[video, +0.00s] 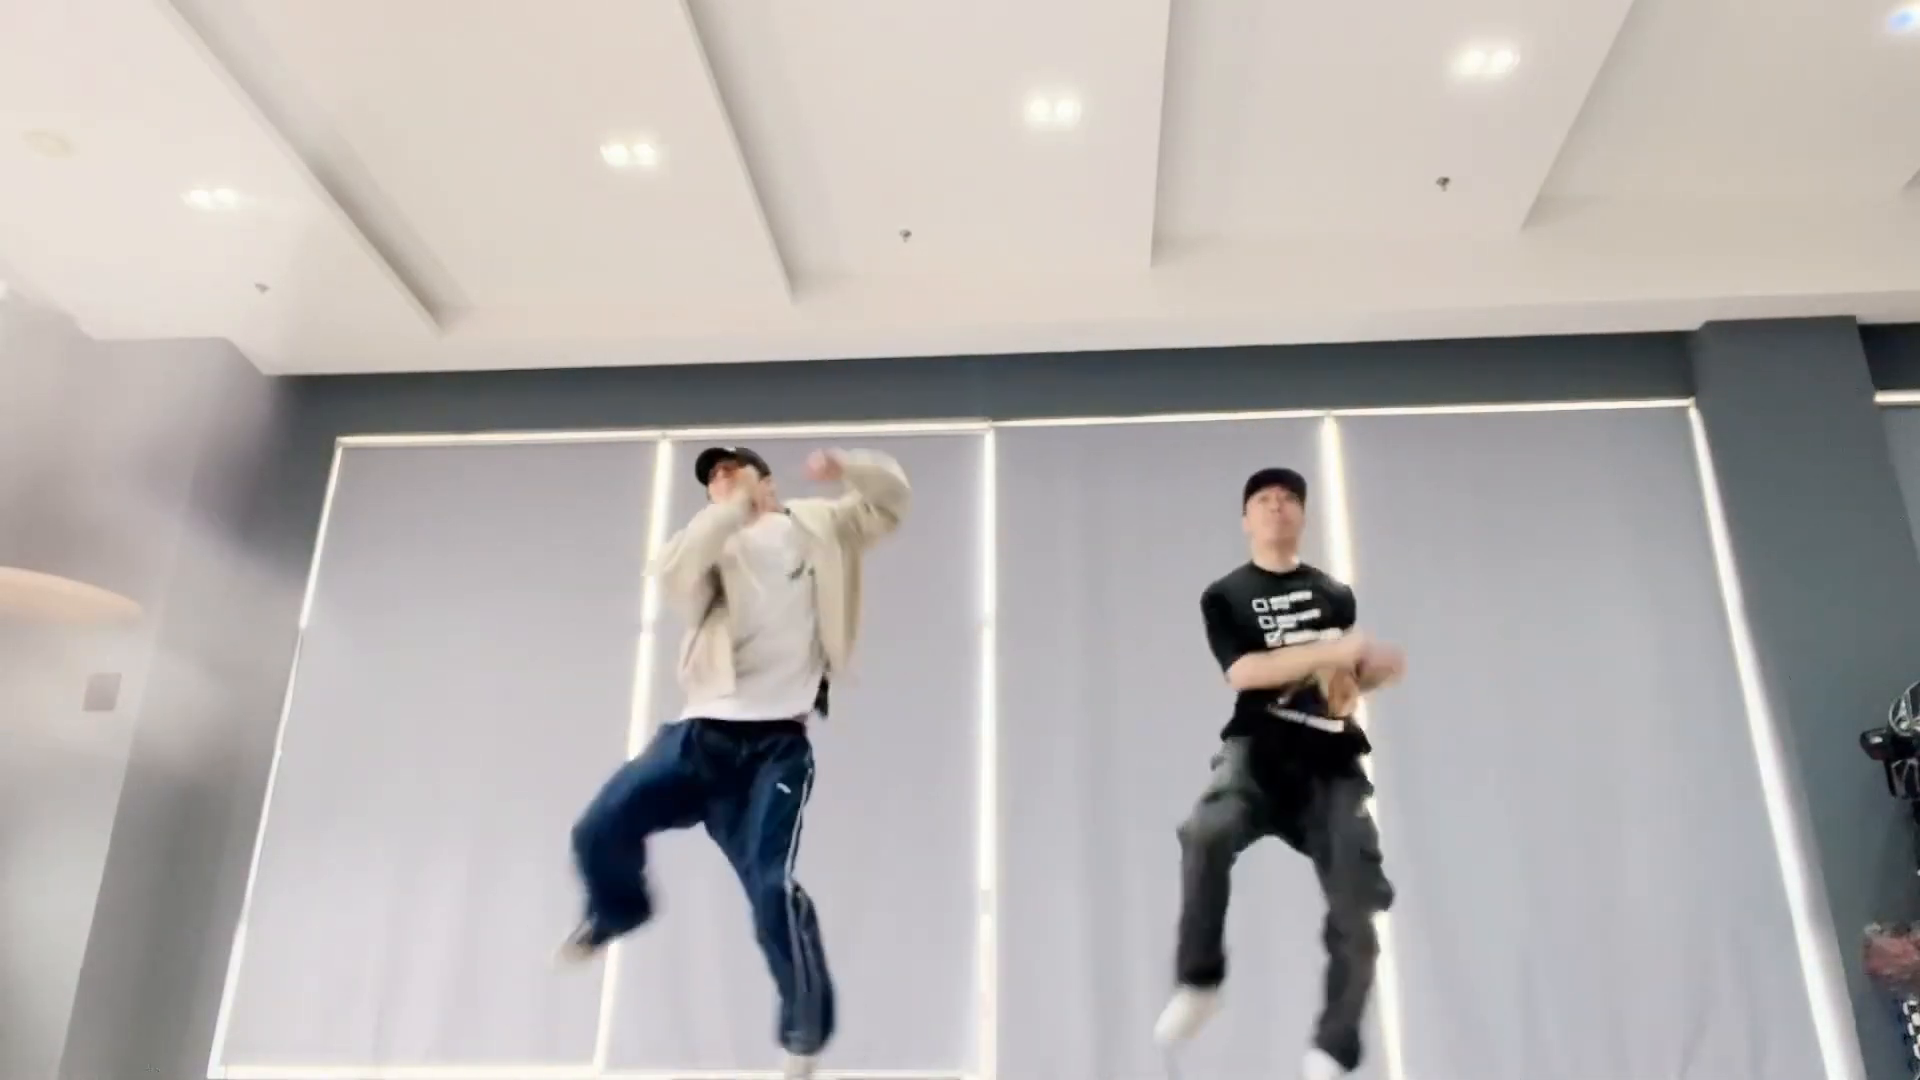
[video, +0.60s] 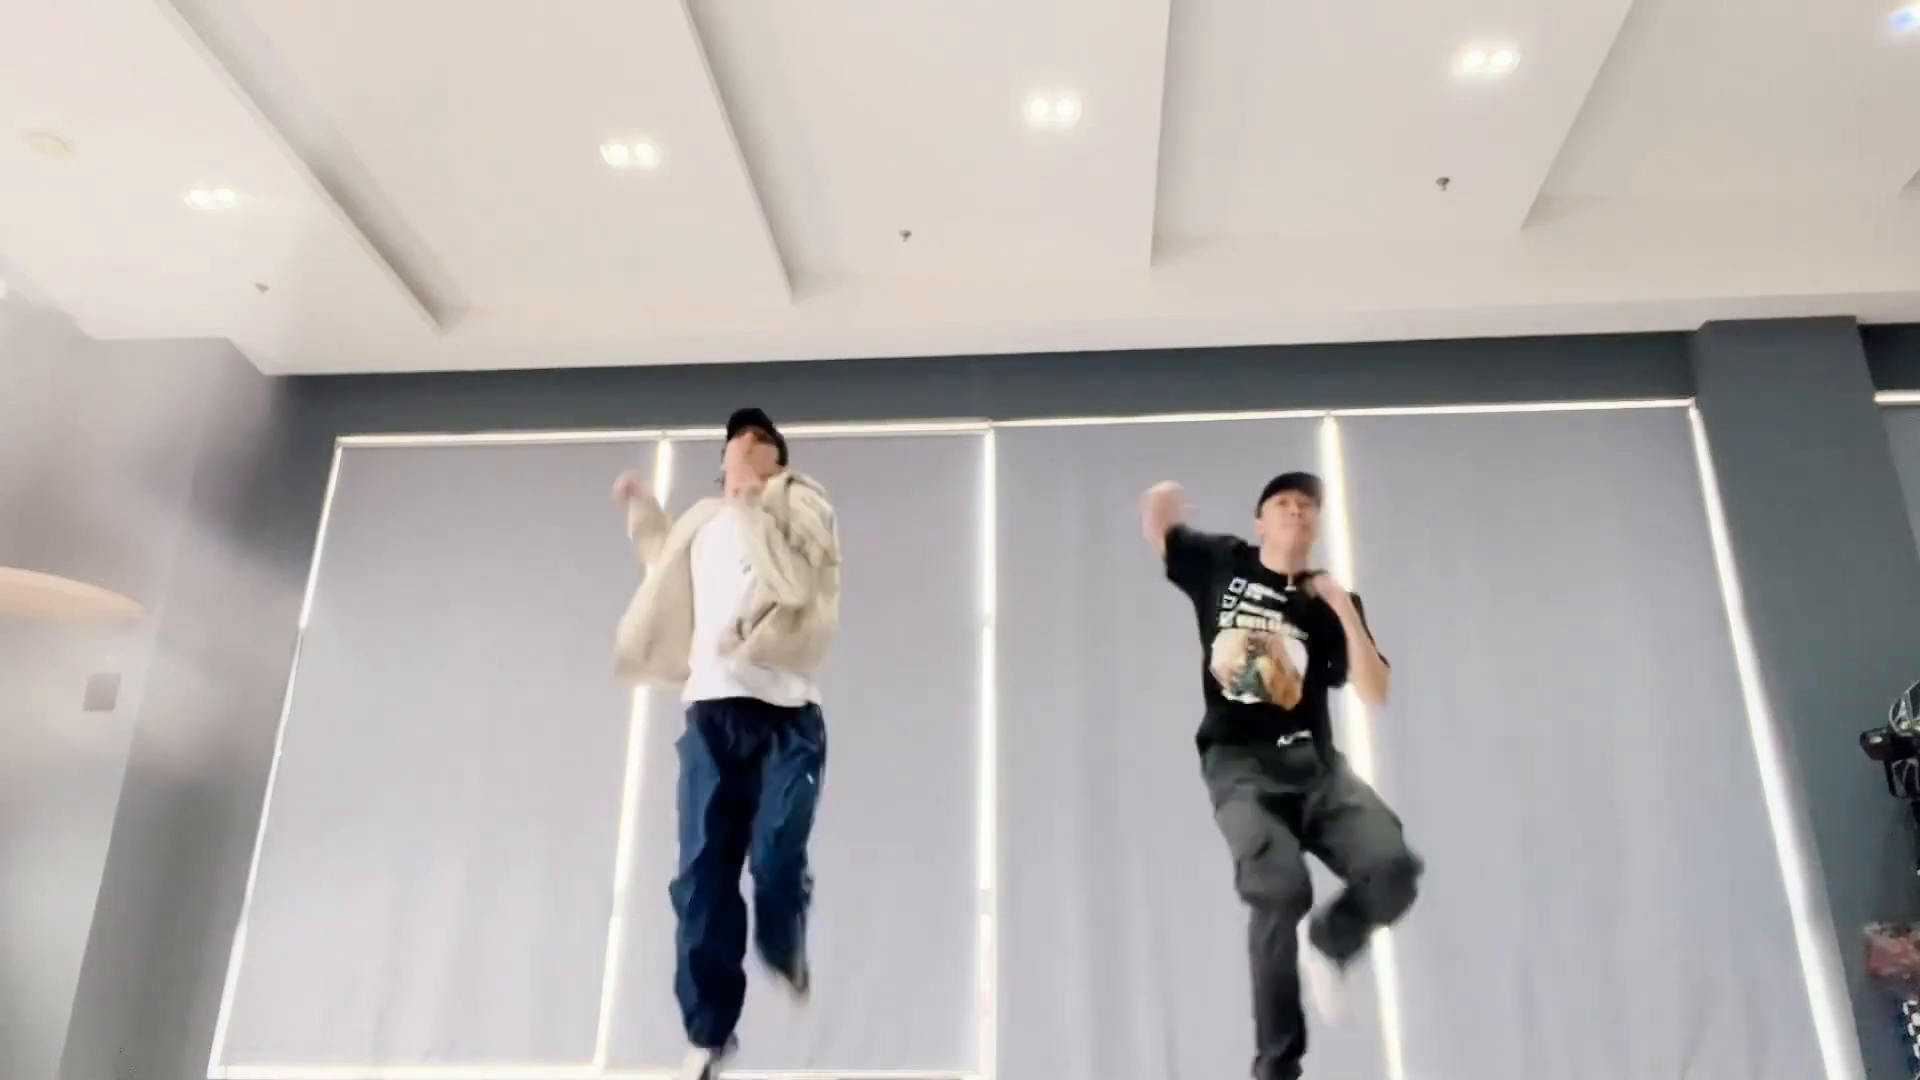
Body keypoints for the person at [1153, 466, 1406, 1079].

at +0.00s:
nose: (1277, 509)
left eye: (1288, 500)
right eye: (1264, 501)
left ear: (1303, 518)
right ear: (1246, 520)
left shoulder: (1335, 597)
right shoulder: (1225, 595)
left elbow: (1339, 690)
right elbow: (1242, 672)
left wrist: (1360, 676)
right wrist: (1337, 652)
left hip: (1331, 764)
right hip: (1257, 754)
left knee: (1357, 897)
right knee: (1204, 832)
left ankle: (1335, 1052)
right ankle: (1199, 981)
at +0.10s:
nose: (1262, 534)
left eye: (1273, 525)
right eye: (1249, 528)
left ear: (1293, 538)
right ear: (1234, 548)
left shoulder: (1349, 593)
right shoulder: (1227, 605)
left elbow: (1412, 567)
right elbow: (1238, 620)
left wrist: (1382, 550)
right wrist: (1295, 574)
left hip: (1326, 772)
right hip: (1259, 762)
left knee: (1312, 936)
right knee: (1216, 763)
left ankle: (1288, 1070)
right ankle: (1246, 866)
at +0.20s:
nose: (1264, 536)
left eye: (1275, 529)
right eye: (1252, 529)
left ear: (1290, 543)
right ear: (1233, 547)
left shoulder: (1316, 572)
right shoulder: (1219, 618)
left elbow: (1384, 511)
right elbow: (1215, 680)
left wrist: (1320, 573)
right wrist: (1258, 606)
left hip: (1333, 759)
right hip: (1265, 753)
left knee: (1347, 928)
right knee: (1265, 720)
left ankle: (1307, 1063)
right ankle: (1259, 871)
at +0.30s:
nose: (1268, 546)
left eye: (1279, 539)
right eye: (1257, 538)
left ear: (1292, 558)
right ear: (1236, 555)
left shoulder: (1311, 596)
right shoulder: (1218, 655)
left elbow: (1343, 642)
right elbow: (1233, 729)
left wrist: (1302, 702)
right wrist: (1218, 780)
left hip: (1335, 772)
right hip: (1268, 771)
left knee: (1352, 925)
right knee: (1272, 781)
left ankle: (1347, 1070)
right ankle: (1337, 902)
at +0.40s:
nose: (1278, 540)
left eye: (1289, 534)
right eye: (1266, 533)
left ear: (1301, 552)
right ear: (1244, 550)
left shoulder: (1326, 611)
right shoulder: (1222, 637)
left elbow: (1335, 691)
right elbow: (1221, 735)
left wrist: (1260, 749)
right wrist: (1205, 810)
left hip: (1327, 775)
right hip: (1259, 779)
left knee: (1357, 929)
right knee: (1295, 847)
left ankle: (1346, 1069)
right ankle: (1348, 956)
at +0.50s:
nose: (1283, 510)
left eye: (1294, 503)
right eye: (1271, 502)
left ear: (1306, 520)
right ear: (1248, 520)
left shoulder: (1330, 592)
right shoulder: (1231, 583)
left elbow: (1336, 677)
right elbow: (1207, 642)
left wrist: (1276, 636)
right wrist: (1143, 662)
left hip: (1318, 757)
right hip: (1251, 755)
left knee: (1359, 900)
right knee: (1301, 852)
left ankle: (1359, 1058)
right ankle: (1320, 1031)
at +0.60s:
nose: (1298, 514)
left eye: (1308, 507)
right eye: (1285, 505)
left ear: (1319, 526)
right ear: (1260, 522)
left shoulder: (1335, 602)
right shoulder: (1221, 562)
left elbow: (1374, 690)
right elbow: (1163, 536)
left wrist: (1344, 608)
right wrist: (1160, 505)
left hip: (1312, 761)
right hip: (1239, 765)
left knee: (1394, 873)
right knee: (1280, 888)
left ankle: (1329, 942)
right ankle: (1277, 1066)